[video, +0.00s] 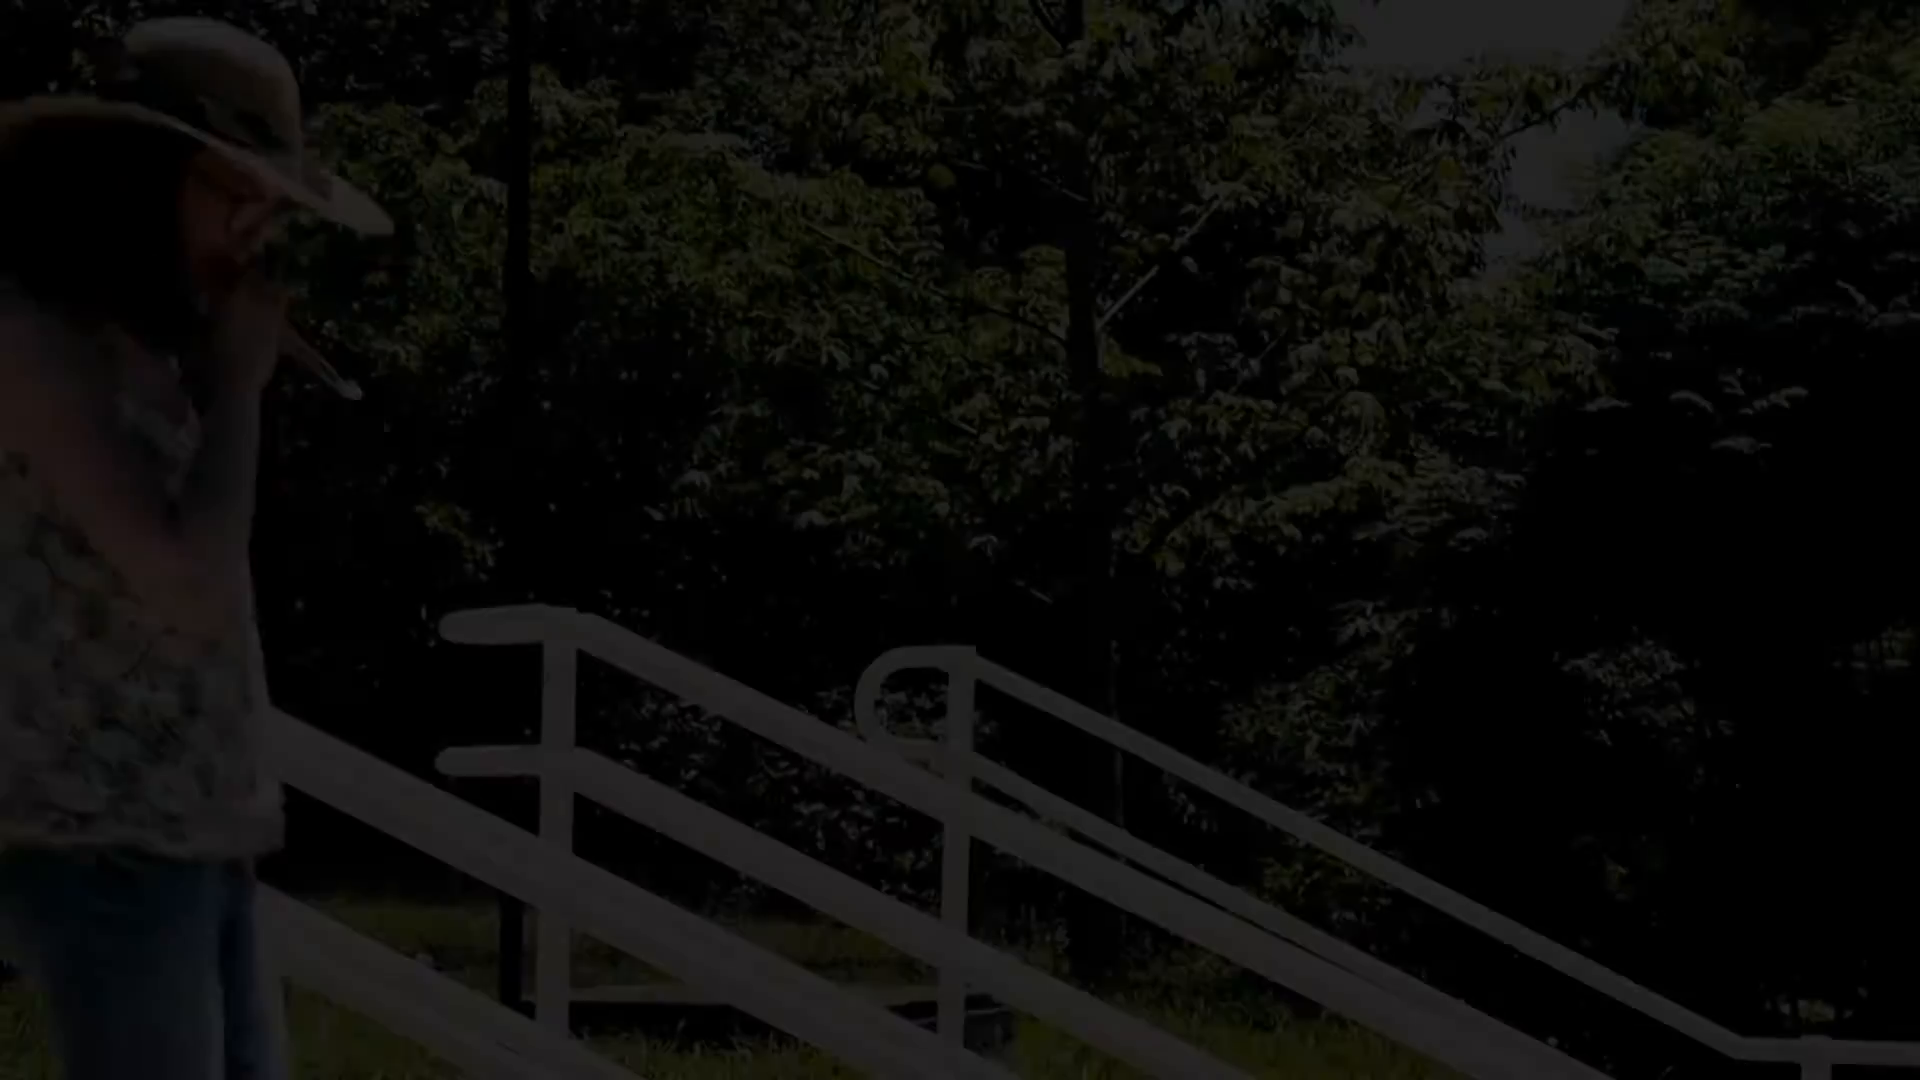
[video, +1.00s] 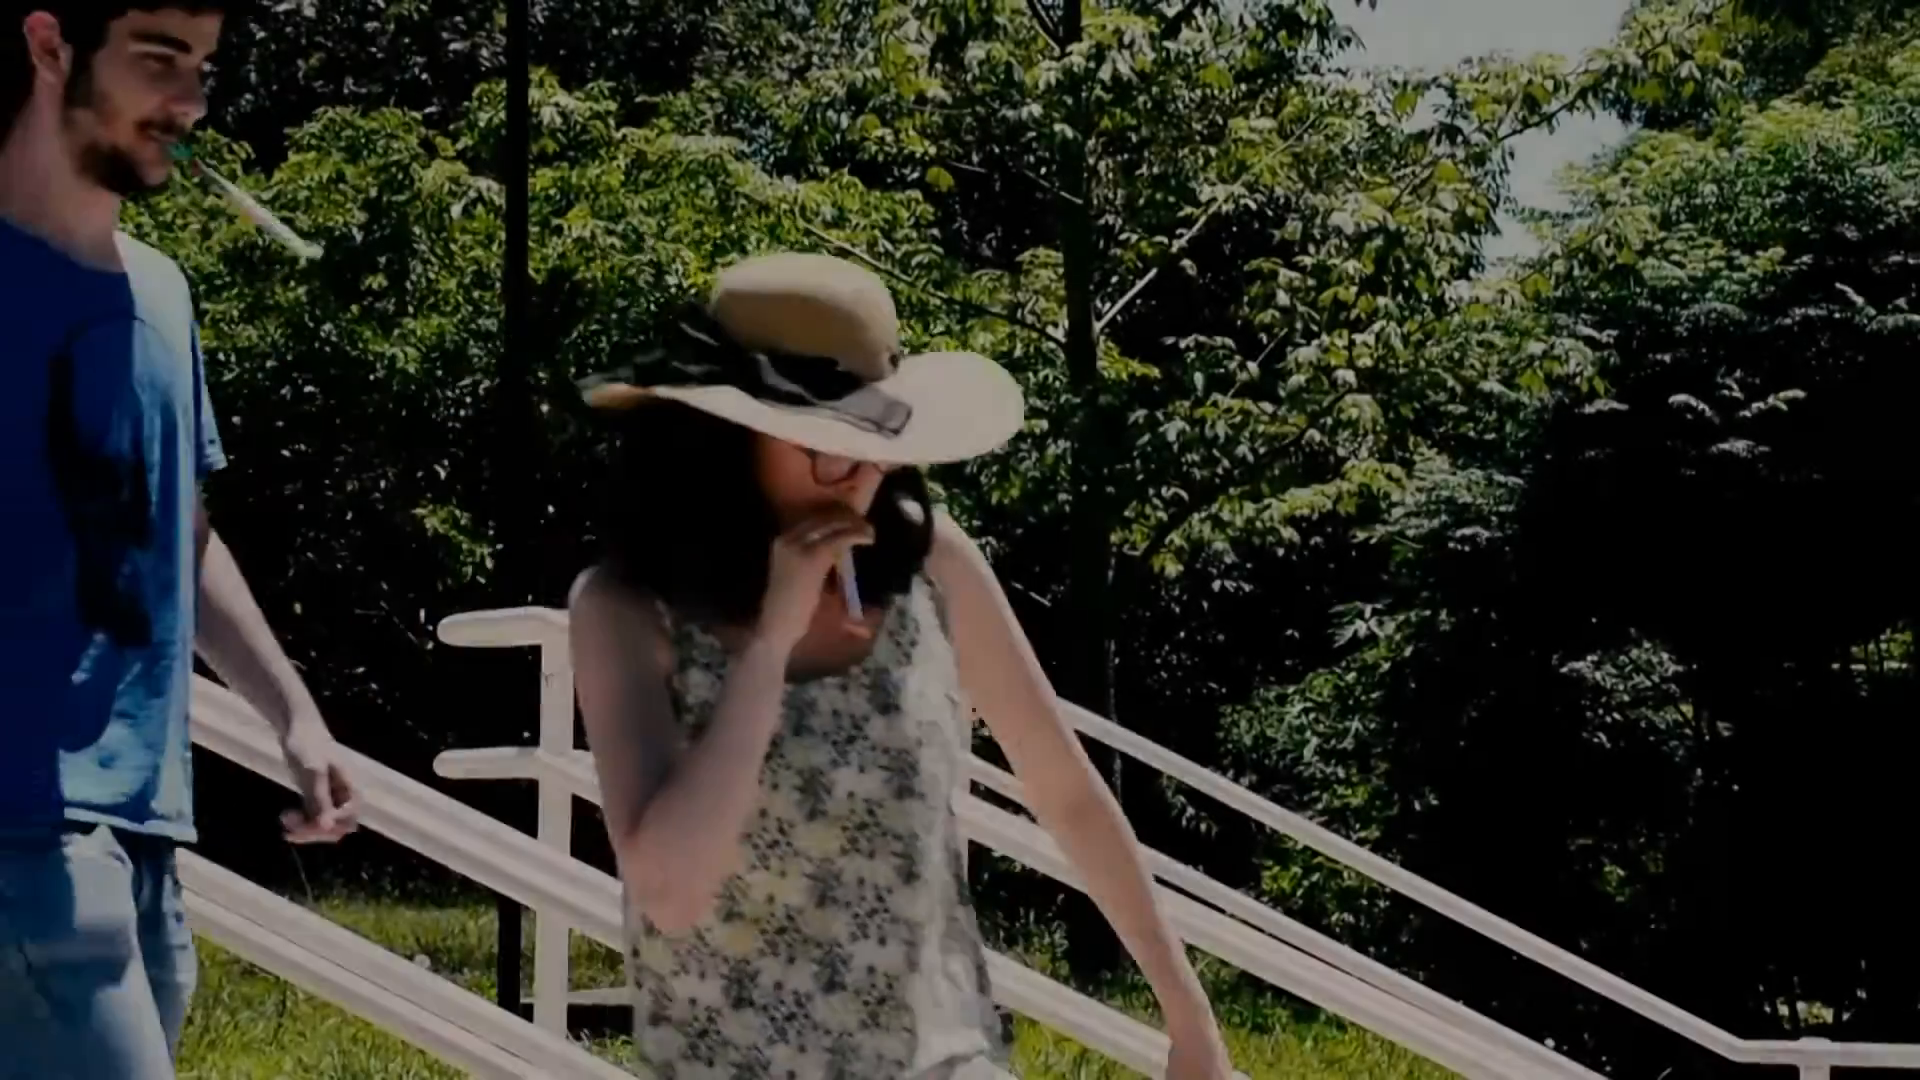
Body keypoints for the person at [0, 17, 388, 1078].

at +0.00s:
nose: (250, 234)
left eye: (264, 209)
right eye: (230, 196)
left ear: (259, 213)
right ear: (148, 183)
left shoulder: (163, 347)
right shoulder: (44, 337)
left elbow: (196, 594)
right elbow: (190, 587)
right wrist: (239, 372)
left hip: (195, 843)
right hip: (107, 851)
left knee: (239, 1059)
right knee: (159, 1063)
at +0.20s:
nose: (370, 335)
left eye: (377, 306)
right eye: (341, 302)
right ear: (246, 298)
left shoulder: (321, 471)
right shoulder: (145, 468)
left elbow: (391, 711)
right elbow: (303, 708)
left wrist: (474, 919)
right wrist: (361, 481)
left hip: (365, 941)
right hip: (254, 956)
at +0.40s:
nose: (472, 309)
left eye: (486, 277)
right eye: (434, 280)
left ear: (507, 278)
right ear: (345, 281)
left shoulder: (498, 436)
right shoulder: (261, 454)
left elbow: (591, 672)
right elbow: (381, 695)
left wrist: (725, 853)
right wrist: (446, 449)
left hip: (526, 938)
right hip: (391, 958)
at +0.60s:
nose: (586, 445)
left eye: (604, 414)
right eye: (549, 414)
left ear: (622, 411)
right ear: (462, 413)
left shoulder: (649, 550)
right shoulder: (382, 597)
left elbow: (800, 772)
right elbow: (482, 857)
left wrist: (942, 935)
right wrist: (536, 588)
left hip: (683, 1037)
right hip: (510, 1050)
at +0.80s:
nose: (723, 436)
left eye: (747, 407)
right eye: (689, 403)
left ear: (766, 413)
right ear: (597, 403)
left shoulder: (791, 547)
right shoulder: (494, 588)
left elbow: (964, 771)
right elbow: (555, 850)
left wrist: (1138, 961)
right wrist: (643, 597)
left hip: (798, 1040)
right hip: (602, 1051)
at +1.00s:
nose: (855, 466)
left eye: (876, 433)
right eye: (817, 435)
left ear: (900, 435)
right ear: (732, 432)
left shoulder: (936, 569)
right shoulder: (626, 608)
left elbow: (1072, 799)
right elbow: (669, 892)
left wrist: (1188, 1013)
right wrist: (771, 637)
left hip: (936, 1047)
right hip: (727, 1056)